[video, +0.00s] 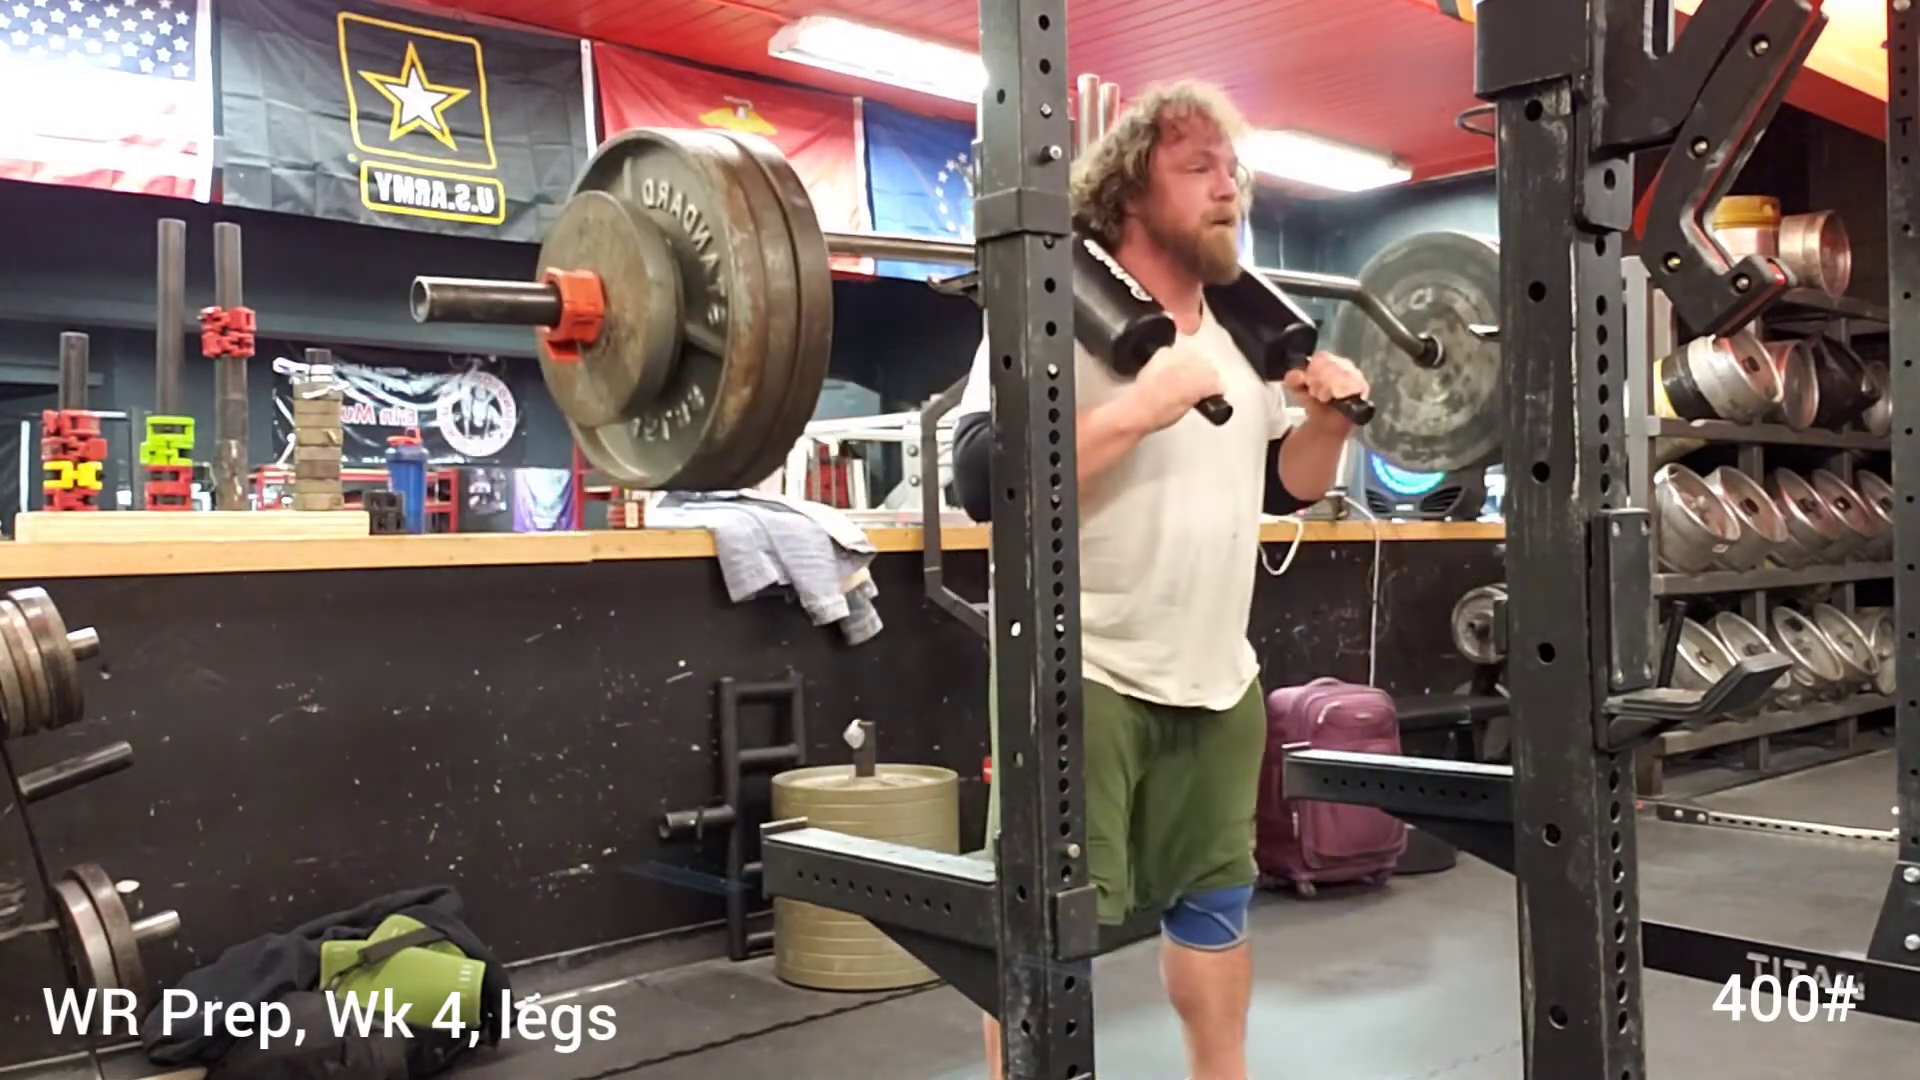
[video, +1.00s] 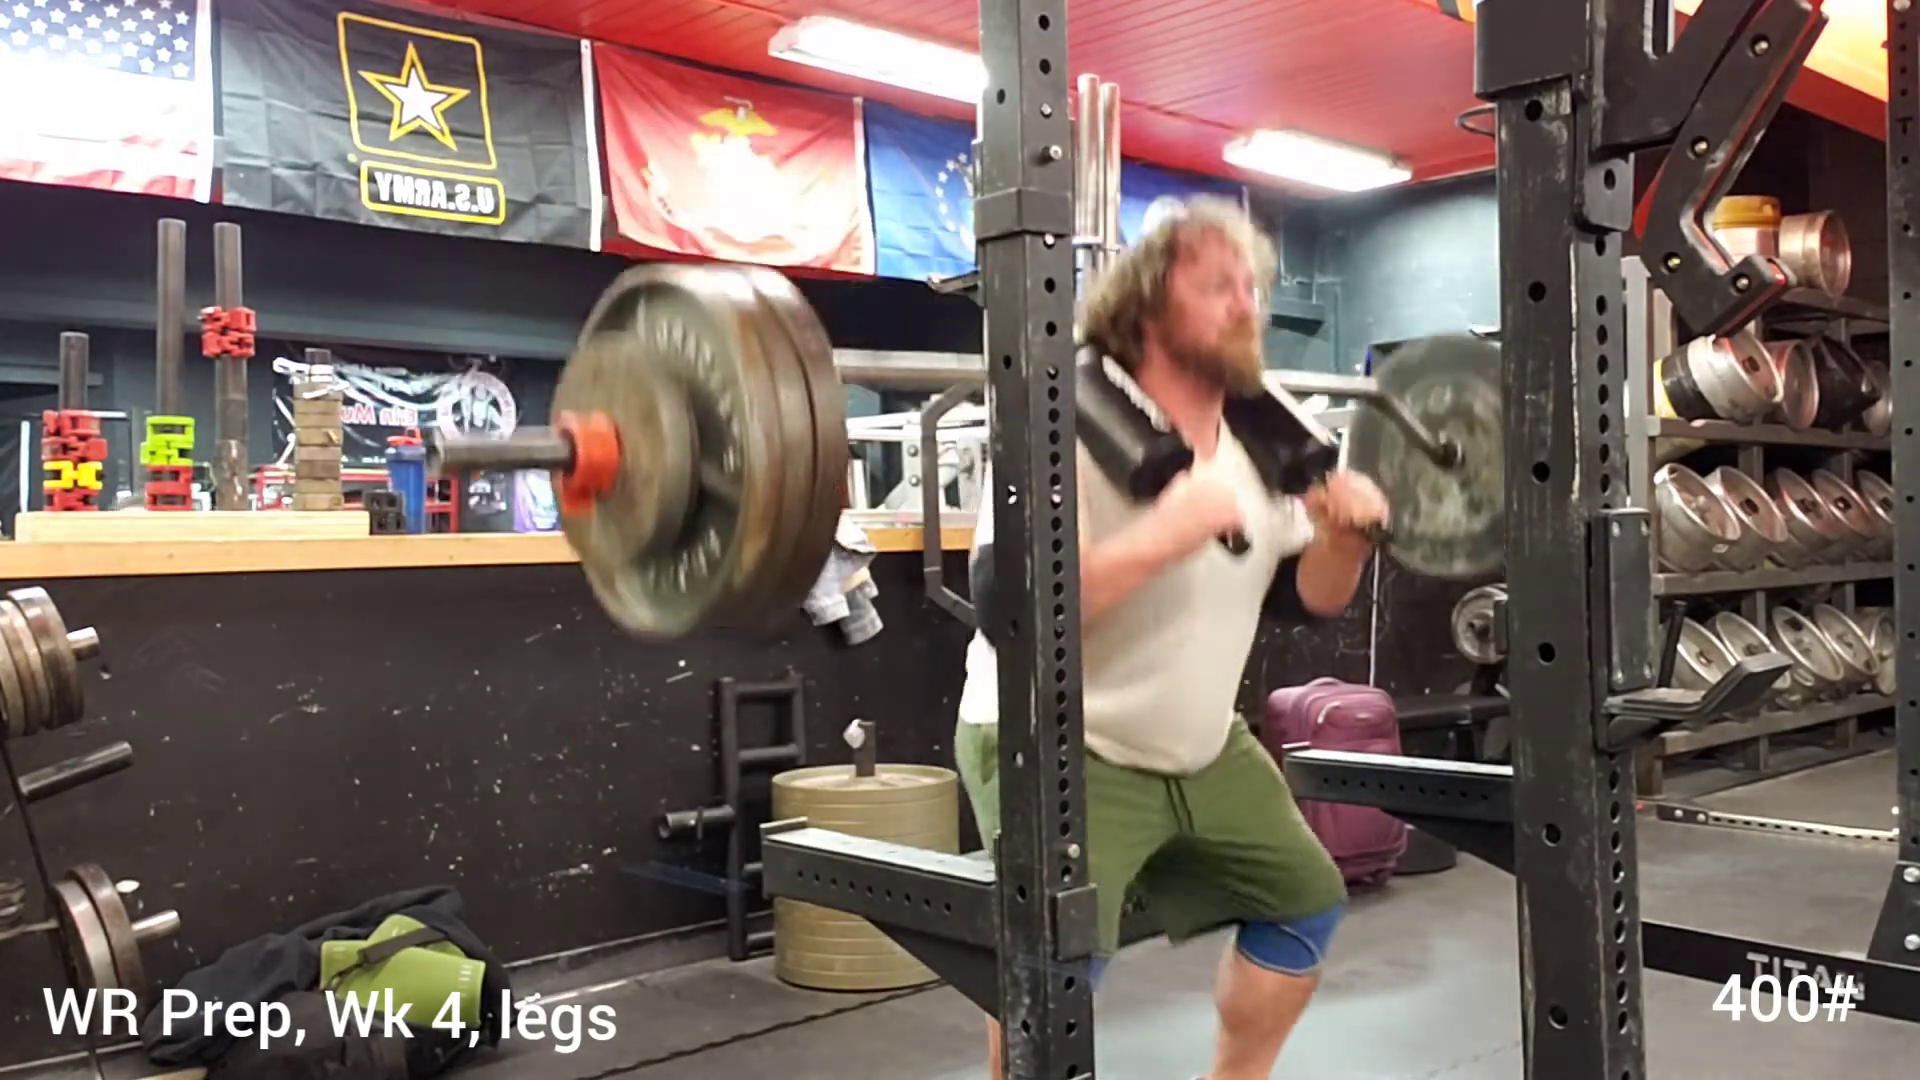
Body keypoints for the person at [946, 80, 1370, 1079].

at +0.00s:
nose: (1228, 187)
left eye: (1232, 168)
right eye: (1200, 168)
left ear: (1240, 185)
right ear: (1133, 187)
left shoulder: (1247, 322)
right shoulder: (1050, 300)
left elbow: (1288, 486)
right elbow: (979, 478)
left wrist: (1328, 416)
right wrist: (1134, 411)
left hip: (1216, 672)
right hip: (1081, 669)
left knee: (1213, 910)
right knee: (1052, 921)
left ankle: (1221, 1074)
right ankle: (1020, 1072)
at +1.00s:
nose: (1244, 303)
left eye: (1251, 285)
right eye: (1218, 284)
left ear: (1259, 301)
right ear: (1153, 302)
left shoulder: (1267, 424)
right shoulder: (1069, 416)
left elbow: (1321, 596)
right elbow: (1028, 601)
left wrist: (1345, 530)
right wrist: (1163, 534)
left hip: (1204, 740)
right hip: (1066, 744)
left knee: (1303, 901)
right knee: (1057, 965)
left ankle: (1237, 1074)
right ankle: (1016, 1072)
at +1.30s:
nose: (1261, 434)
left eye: (1267, 413)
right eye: (1234, 414)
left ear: (1278, 421)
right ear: (1165, 431)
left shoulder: (1271, 533)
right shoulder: (1073, 538)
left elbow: (1328, 710)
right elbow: (1033, 730)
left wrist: (1353, 651)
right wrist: (1170, 672)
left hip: (1195, 804)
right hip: (1054, 811)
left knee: (1326, 908)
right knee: (1076, 965)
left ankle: (1241, 1073)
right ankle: (1018, 1068)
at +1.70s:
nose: (1266, 581)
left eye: (1272, 560)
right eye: (1240, 562)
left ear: (1283, 563)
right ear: (1170, 573)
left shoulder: (1275, 666)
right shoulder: (1087, 679)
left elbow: (1348, 834)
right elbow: (1028, 861)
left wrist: (1366, 781)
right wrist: (1176, 820)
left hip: (1229, 919)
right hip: (1105, 931)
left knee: (1363, 929)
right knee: (1078, 980)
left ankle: (1245, 1074)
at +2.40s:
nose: (1280, 552)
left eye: (1286, 530)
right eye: (1254, 532)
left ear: (1296, 528)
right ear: (1181, 542)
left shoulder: (1275, 627)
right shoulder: (1089, 648)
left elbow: (1340, 796)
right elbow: (1038, 832)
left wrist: (1364, 748)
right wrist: (1176, 785)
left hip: (1197, 858)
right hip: (1068, 869)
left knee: (1338, 908)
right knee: (1085, 959)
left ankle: (1243, 1074)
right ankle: (1017, 1071)